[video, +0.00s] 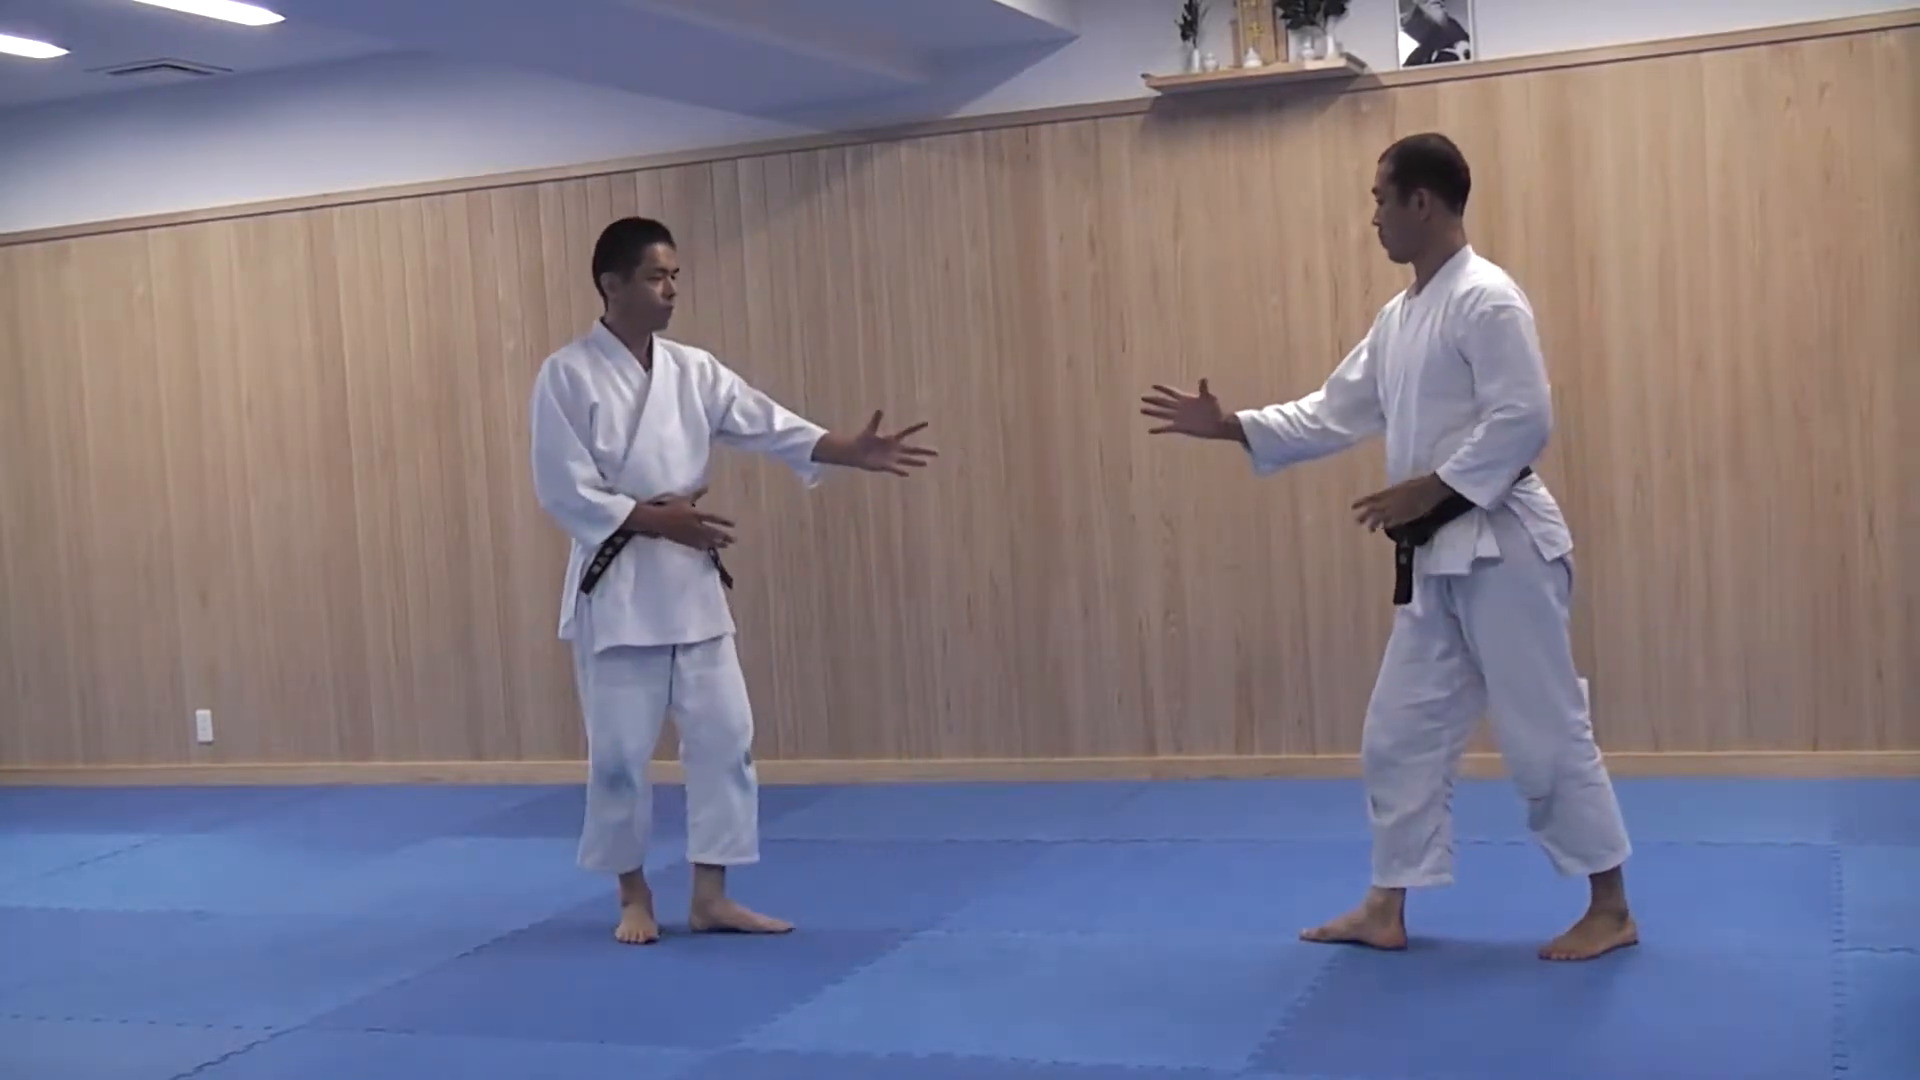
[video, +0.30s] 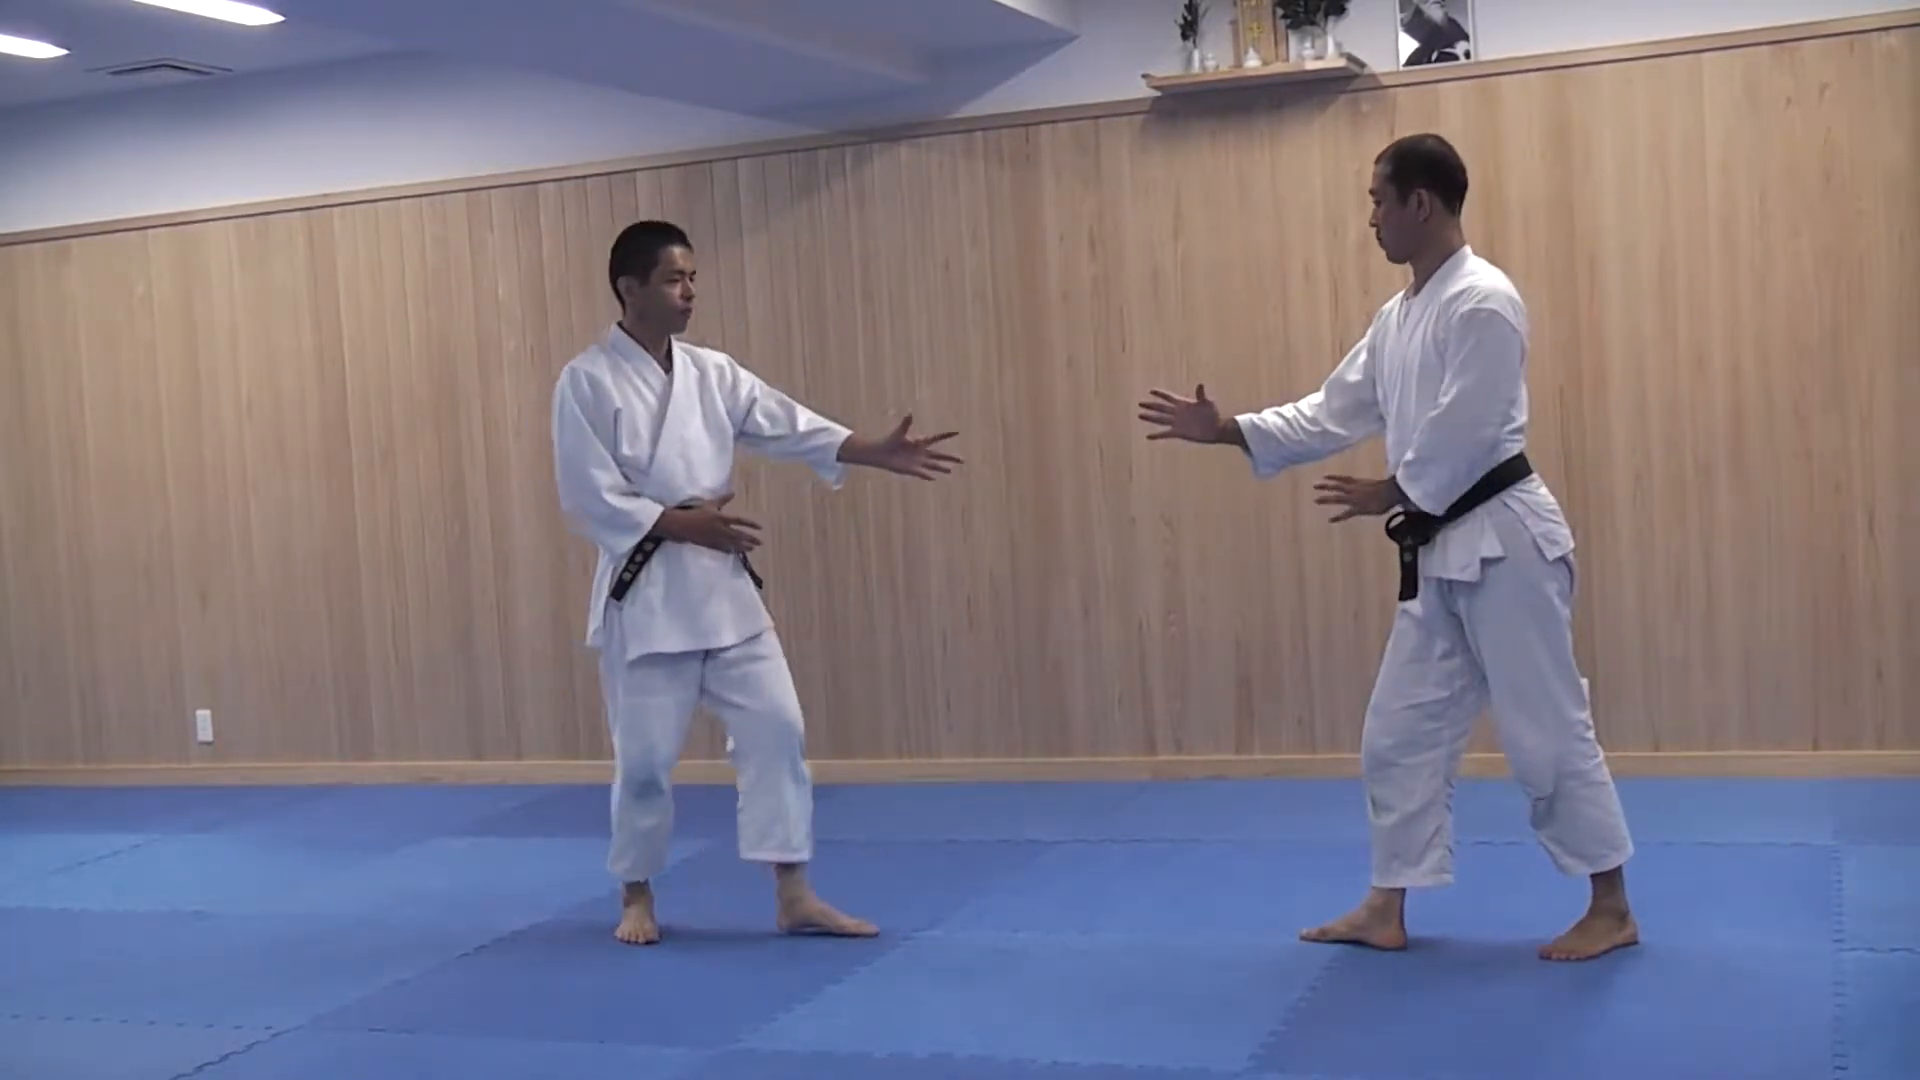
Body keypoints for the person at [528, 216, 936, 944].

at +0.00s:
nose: (671, 289)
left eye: (675, 277)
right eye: (657, 278)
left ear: (675, 282)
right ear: (610, 285)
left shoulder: (691, 367)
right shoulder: (568, 374)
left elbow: (766, 422)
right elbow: (565, 490)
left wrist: (845, 450)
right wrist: (657, 520)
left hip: (693, 579)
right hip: (617, 588)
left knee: (725, 736)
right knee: (619, 752)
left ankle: (709, 897)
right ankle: (634, 899)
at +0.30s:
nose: (688, 292)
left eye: (691, 279)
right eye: (673, 280)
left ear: (690, 285)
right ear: (627, 288)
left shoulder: (710, 370)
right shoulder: (587, 380)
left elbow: (787, 422)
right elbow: (589, 496)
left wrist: (870, 450)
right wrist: (684, 525)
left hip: (723, 581)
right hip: (646, 591)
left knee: (779, 725)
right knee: (645, 759)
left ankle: (795, 895)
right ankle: (637, 901)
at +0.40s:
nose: (709, 298)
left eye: (712, 286)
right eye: (694, 286)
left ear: (711, 292)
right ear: (647, 294)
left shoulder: (732, 377)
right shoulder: (605, 385)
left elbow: (810, 426)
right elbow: (604, 500)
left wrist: (896, 452)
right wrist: (698, 529)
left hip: (744, 586)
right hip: (666, 595)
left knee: (814, 730)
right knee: (659, 764)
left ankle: (861, 895)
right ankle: (638, 905)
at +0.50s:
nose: (739, 306)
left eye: (742, 293)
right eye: (724, 294)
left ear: (740, 300)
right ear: (677, 302)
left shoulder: (762, 385)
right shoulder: (634, 394)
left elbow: (843, 430)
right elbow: (626, 506)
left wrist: (936, 453)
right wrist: (714, 538)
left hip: (771, 595)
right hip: (691, 604)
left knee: (857, 736)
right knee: (673, 773)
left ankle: (933, 888)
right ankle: (637, 898)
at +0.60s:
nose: (782, 311)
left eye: (785, 299)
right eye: (768, 300)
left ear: (784, 304)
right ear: (720, 308)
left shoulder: (808, 391)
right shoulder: (676, 400)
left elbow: (892, 431)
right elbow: (665, 514)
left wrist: (990, 447)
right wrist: (754, 544)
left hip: (813, 604)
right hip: (729, 612)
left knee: (908, 739)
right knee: (694, 776)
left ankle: (992, 887)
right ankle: (641, 892)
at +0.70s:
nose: (841, 310)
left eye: (844, 297)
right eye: (825, 298)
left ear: (845, 301)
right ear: (778, 305)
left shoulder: (868, 392)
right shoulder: (734, 402)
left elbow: (961, 426)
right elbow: (723, 517)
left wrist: (1059, 438)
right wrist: (813, 546)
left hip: (873, 607)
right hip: (787, 612)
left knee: (970, 739)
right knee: (734, 769)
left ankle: (1027, 901)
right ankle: (655, 879)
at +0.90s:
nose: (953, 285)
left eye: (957, 272)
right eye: (937, 272)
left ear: (955, 277)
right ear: (888, 277)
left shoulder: (973, 364)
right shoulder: (837, 370)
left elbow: (1064, 409)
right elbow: (824, 491)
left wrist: (1171, 436)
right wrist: (918, 525)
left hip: (965, 577)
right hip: (882, 579)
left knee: (1031, 732)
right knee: (841, 750)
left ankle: (1034, 900)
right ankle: (764, 878)